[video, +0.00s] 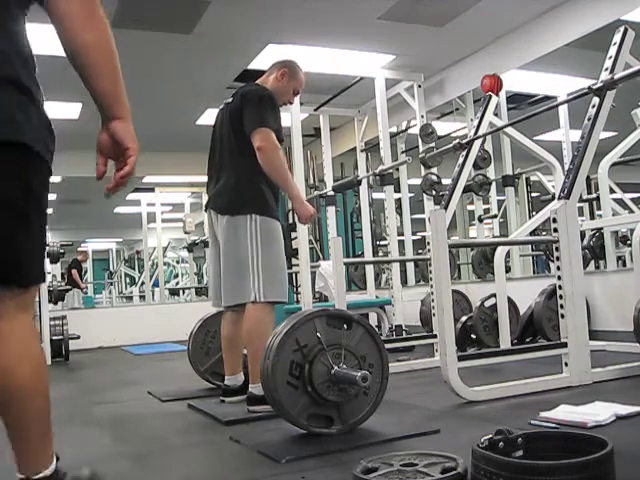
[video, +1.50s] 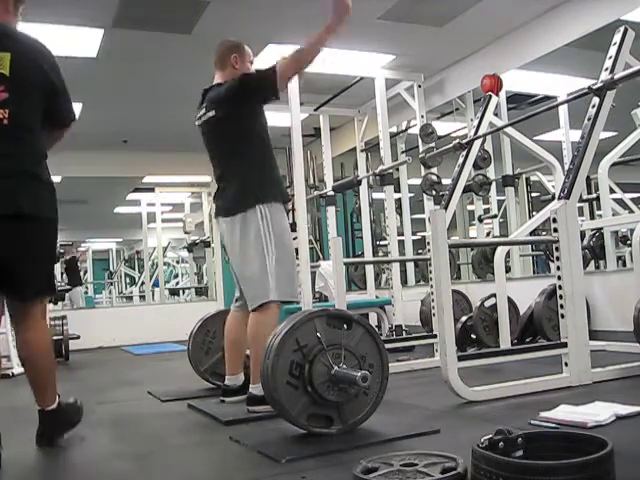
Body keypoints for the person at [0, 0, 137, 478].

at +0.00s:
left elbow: (75, 8)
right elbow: (75, 7)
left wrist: (114, 113)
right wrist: (116, 114)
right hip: (9, 118)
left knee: (18, 310)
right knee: (12, 311)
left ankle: (41, 468)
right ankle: (41, 471)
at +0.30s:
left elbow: (95, 53)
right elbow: (95, 53)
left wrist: (120, 157)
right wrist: (122, 158)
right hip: (26, 159)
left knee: (29, 324)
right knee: (28, 324)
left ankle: (45, 461)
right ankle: (45, 462)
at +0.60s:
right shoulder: (79, 5)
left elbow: (121, 86)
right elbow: (122, 86)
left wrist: (142, 171)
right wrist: (144, 172)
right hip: (47, 168)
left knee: (37, 318)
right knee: (36, 317)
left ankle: (43, 458)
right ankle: (44, 460)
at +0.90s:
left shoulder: (62, 22)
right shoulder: (60, 20)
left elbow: (104, 117)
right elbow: (105, 117)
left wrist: (89, 185)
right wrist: (91, 185)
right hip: (39, 183)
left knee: (27, 319)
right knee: (38, 319)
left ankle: (43, 453)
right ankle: (44, 454)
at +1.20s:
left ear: (8, 5)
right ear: (13, 1)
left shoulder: (36, 35)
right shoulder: (33, 34)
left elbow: (66, 115)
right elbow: (67, 116)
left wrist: (30, 157)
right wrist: (32, 156)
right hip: (25, 186)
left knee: (52, 292)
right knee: (51, 293)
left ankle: (44, 387)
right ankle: (44, 387)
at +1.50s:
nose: (18, 12)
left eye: (14, 8)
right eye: (18, 7)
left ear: (4, 8)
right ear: (12, 7)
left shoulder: (32, 52)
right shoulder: (31, 51)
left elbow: (58, 120)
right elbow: (61, 121)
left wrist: (25, 154)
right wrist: (25, 154)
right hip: (22, 199)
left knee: (29, 311)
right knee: (29, 310)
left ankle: (50, 412)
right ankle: (50, 414)